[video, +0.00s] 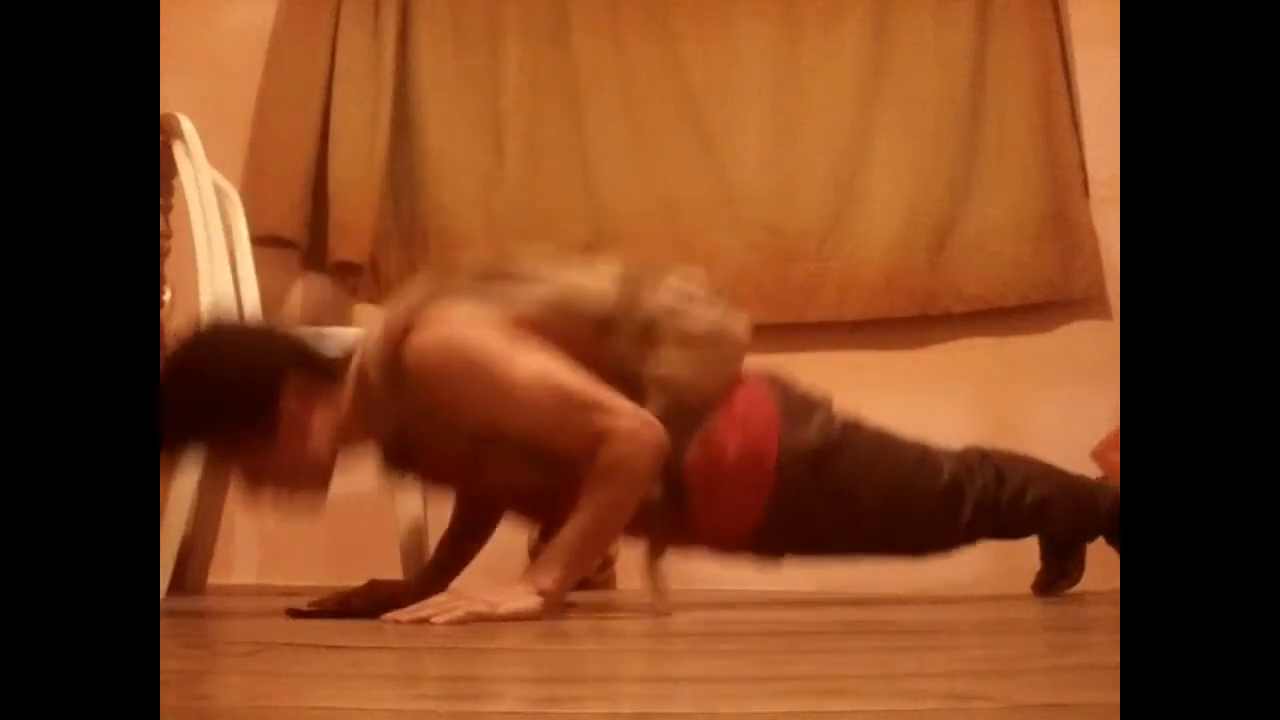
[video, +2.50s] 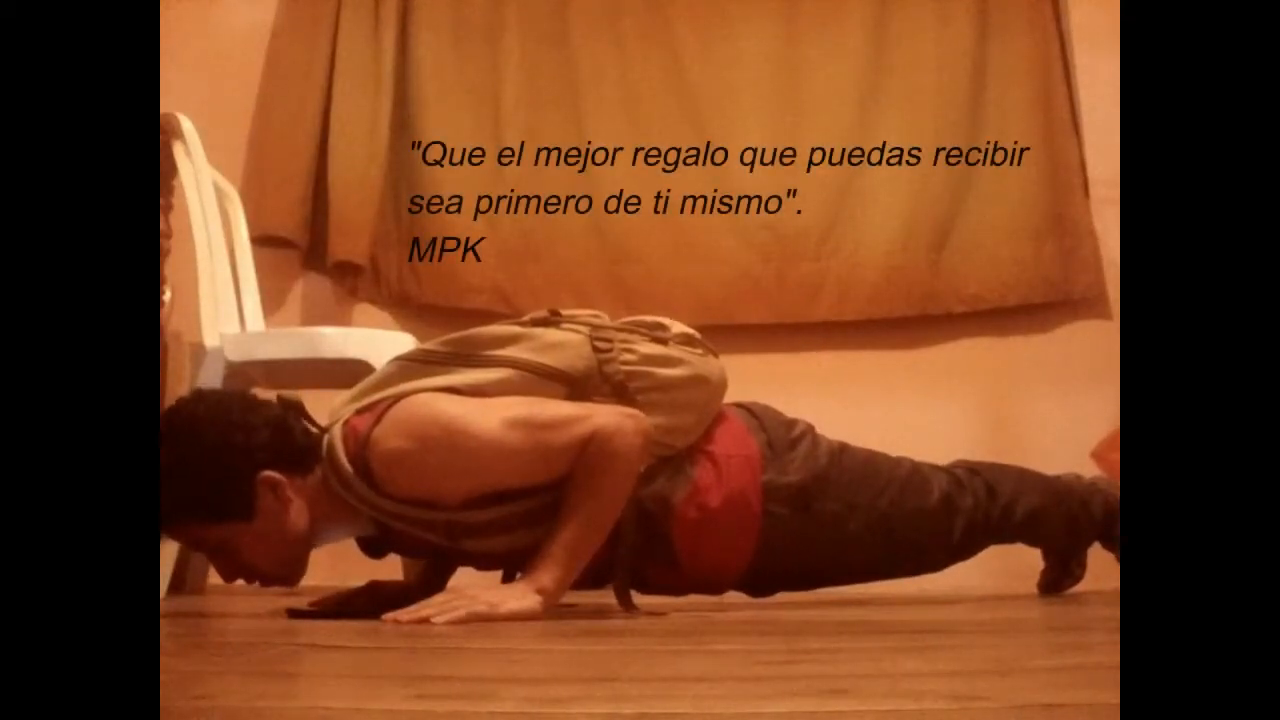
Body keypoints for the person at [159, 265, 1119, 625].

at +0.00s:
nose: (264, 480)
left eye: (253, 455)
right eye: (244, 468)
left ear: (291, 403)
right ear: (291, 404)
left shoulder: (435, 355)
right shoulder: (395, 395)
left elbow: (627, 441)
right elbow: (493, 478)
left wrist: (555, 579)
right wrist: (414, 580)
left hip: (755, 450)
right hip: (725, 481)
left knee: (955, 488)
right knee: (929, 503)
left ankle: (1099, 503)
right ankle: (1062, 516)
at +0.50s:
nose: (230, 563)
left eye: (226, 538)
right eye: (213, 547)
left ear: (284, 486)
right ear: (283, 480)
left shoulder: (416, 443)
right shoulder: (364, 454)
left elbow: (629, 443)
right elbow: (486, 524)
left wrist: (538, 587)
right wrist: (391, 586)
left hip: (752, 493)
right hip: (721, 509)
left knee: (952, 511)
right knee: (929, 513)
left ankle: (1094, 503)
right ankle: (1079, 506)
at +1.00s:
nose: (223, 564)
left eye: (221, 539)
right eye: (206, 548)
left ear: (278, 485)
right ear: (275, 478)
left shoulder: (410, 442)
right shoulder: (360, 448)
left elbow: (619, 441)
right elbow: (478, 524)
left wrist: (539, 588)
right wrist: (390, 588)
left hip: (743, 490)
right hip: (715, 495)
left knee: (945, 509)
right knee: (925, 506)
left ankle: (1091, 504)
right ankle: (1076, 504)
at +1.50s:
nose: (221, 567)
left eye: (219, 544)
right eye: (204, 552)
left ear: (277, 489)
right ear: (272, 482)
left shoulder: (411, 446)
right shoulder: (358, 454)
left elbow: (618, 441)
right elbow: (466, 540)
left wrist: (538, 588)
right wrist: (383, 588)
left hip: (743, 492)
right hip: (712, 504)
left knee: (946, 509)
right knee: (924, 508)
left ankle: (1094, 505)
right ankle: (1073, 506)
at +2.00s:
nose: (217, 570)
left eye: (216, 545)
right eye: (200, 553)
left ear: (276, 491)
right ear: (270, 484)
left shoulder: (405, 450)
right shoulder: (357, 456)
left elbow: (616, 440)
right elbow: (474, 534)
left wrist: (538, 588)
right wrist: (385, 588)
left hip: (739, 494)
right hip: (713, 494)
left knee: (948, 508)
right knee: (926, 505)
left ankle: (1096, 506)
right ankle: (1077, 507)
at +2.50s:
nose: (223, 572)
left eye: (219, 548)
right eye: (205, 558)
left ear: (274, 491)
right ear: (269, 482)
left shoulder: (406, 447)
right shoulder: (356, 457)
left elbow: (616, 440)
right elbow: (462, 541)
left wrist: (538, 588)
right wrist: (386, 588)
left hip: (737, 495)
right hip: (711, 494)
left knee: (946, 509)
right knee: (923, 505)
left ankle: (1094, 505)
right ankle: (1074, 507)